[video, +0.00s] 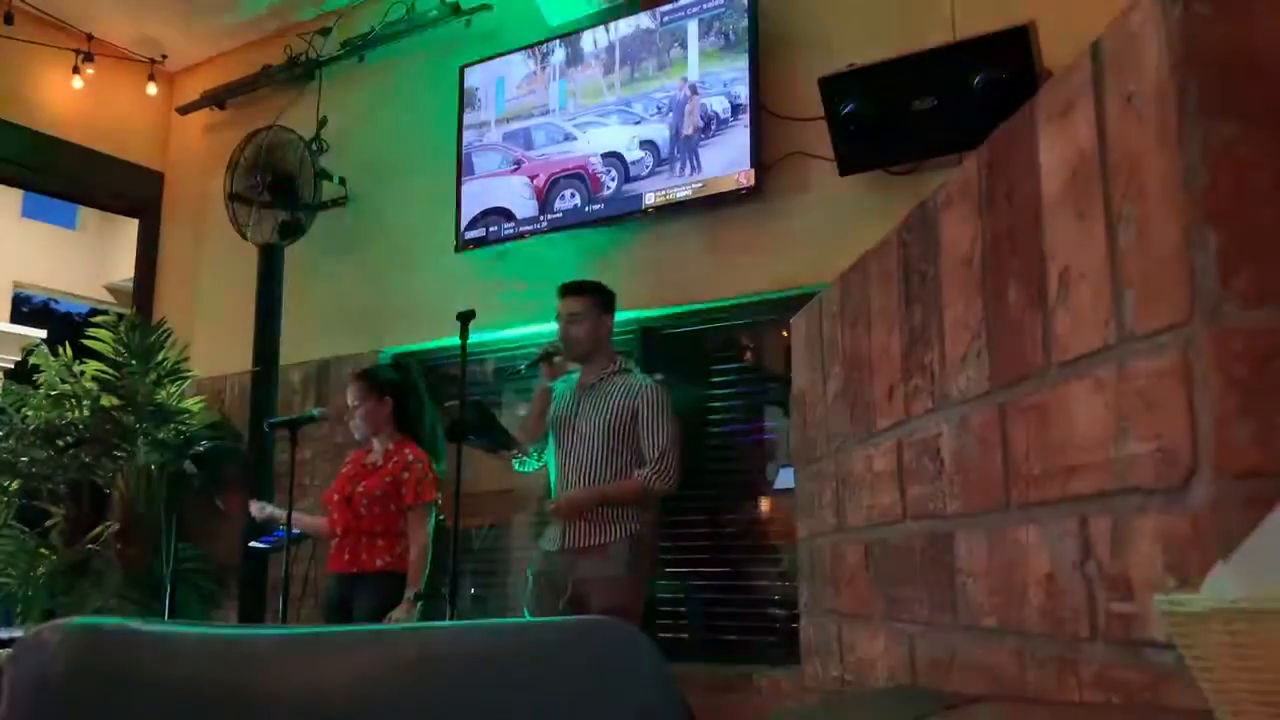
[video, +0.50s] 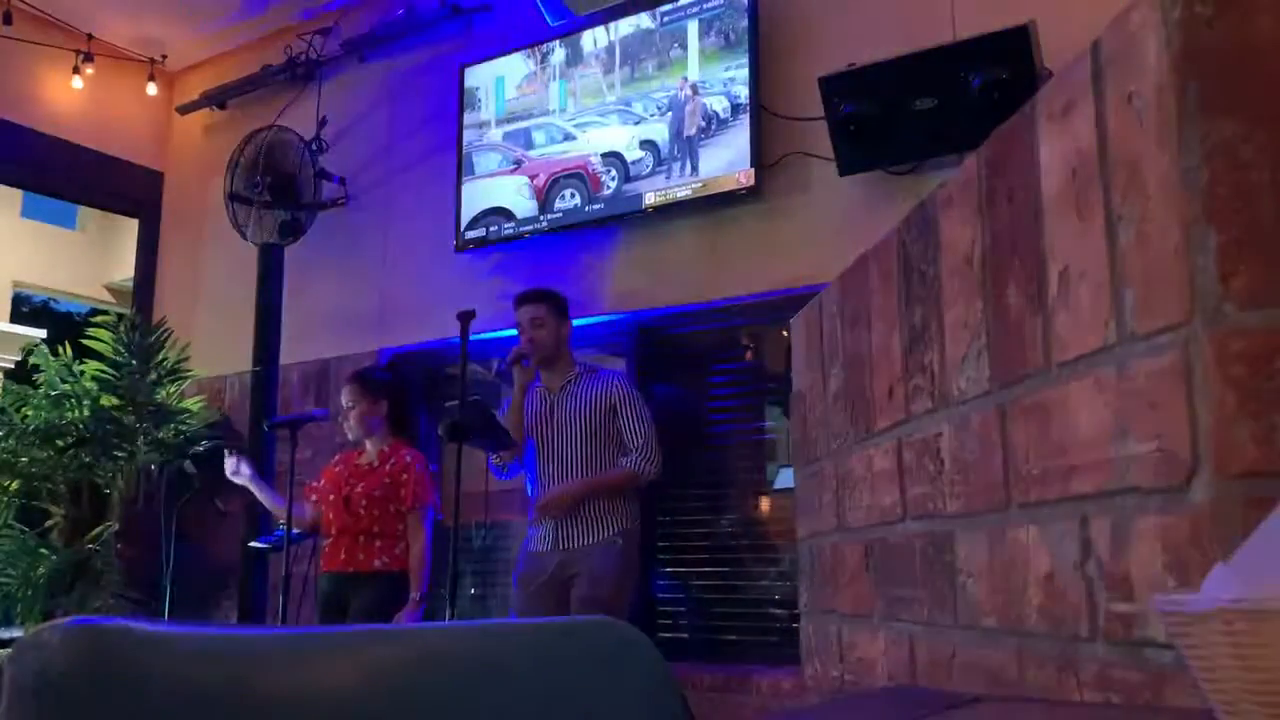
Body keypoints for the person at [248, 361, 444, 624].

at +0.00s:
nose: (349, 416)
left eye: (357, 406)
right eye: (349, 408)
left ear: (386, 405)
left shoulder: (413, 461)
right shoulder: (355, 460)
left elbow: (419, 539)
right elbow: (333, 526)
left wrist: (411, 600)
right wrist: (278, 515)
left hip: (384, 581)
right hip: (341, 579)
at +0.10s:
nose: (348, 415)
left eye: (357, 405)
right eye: (348, 407)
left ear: (385, 407)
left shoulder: (411, 461)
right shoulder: (352, 461)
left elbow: (417, 538)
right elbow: (330, 525)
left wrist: (409, 600)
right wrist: (273, 509)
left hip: (382, 582)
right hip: (339, 580)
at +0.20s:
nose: (346, 416)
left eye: (355, 406)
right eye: (346, 408)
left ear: (384, 407)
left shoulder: (410, 461)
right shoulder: (351, 461)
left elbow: (416, 538)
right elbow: (329, 525)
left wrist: (408, 601)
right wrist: (270, 506)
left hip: (381, 582)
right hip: (338, 580)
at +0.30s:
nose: (345, 415)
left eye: (353, 406)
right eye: (344, 407)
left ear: (381, 407)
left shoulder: (409, 463)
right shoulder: (348, 463)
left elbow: (417, 540)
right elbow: (325, 524)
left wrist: (409, 603)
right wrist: (265, 500)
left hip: (380, 581)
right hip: (334, 579)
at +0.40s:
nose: (343, 417)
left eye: (351, 407)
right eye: (343, 409)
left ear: (380, 408)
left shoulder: (409, 463)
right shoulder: (342, 464)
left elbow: (417, 537)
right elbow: (311, 518)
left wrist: (412, 601)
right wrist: (257, 490)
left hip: (382, 582)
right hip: (334, 581)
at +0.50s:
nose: (343, 417)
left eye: (351, 407)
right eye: (342, 409)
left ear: (380, 408)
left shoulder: (408, 463)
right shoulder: (341, 464)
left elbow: (419, 537)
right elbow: (303, 518)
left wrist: (415, 601)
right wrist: (251, 481)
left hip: (383, 581)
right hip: (334, 580)